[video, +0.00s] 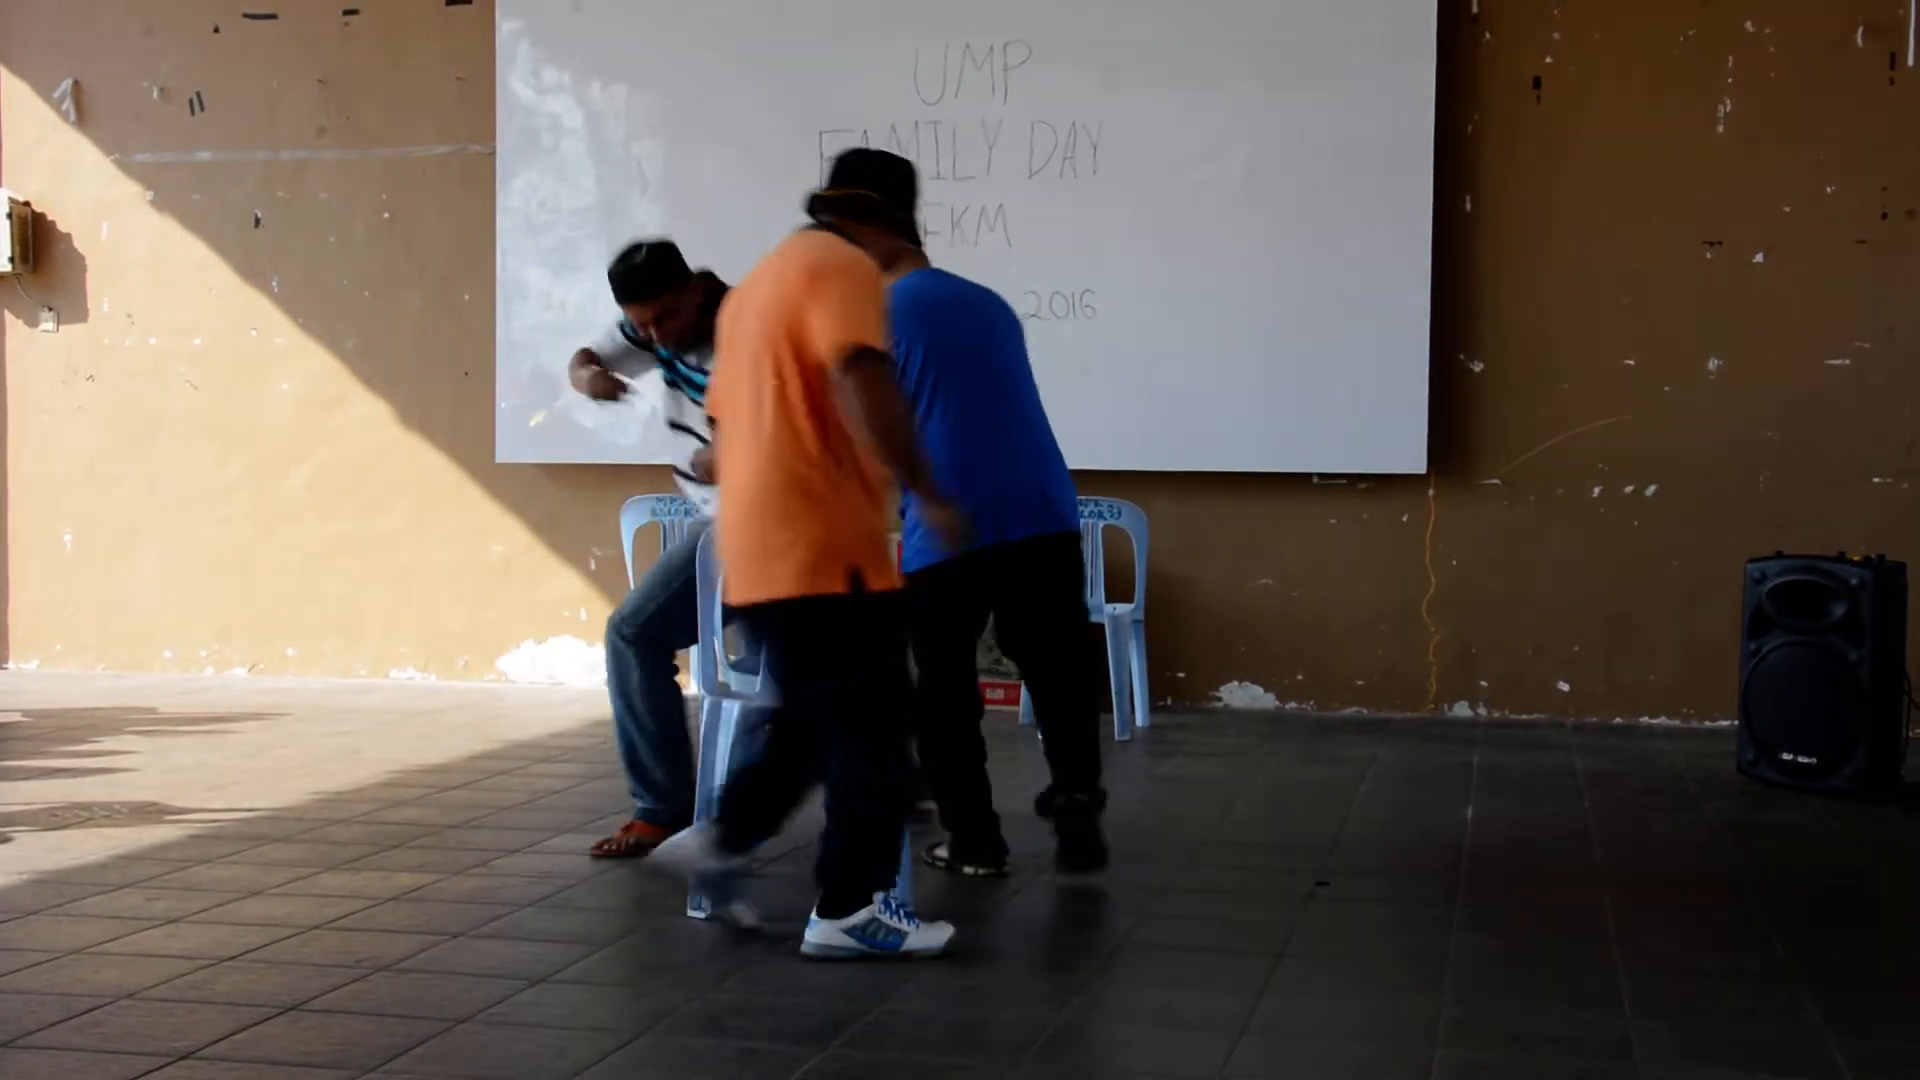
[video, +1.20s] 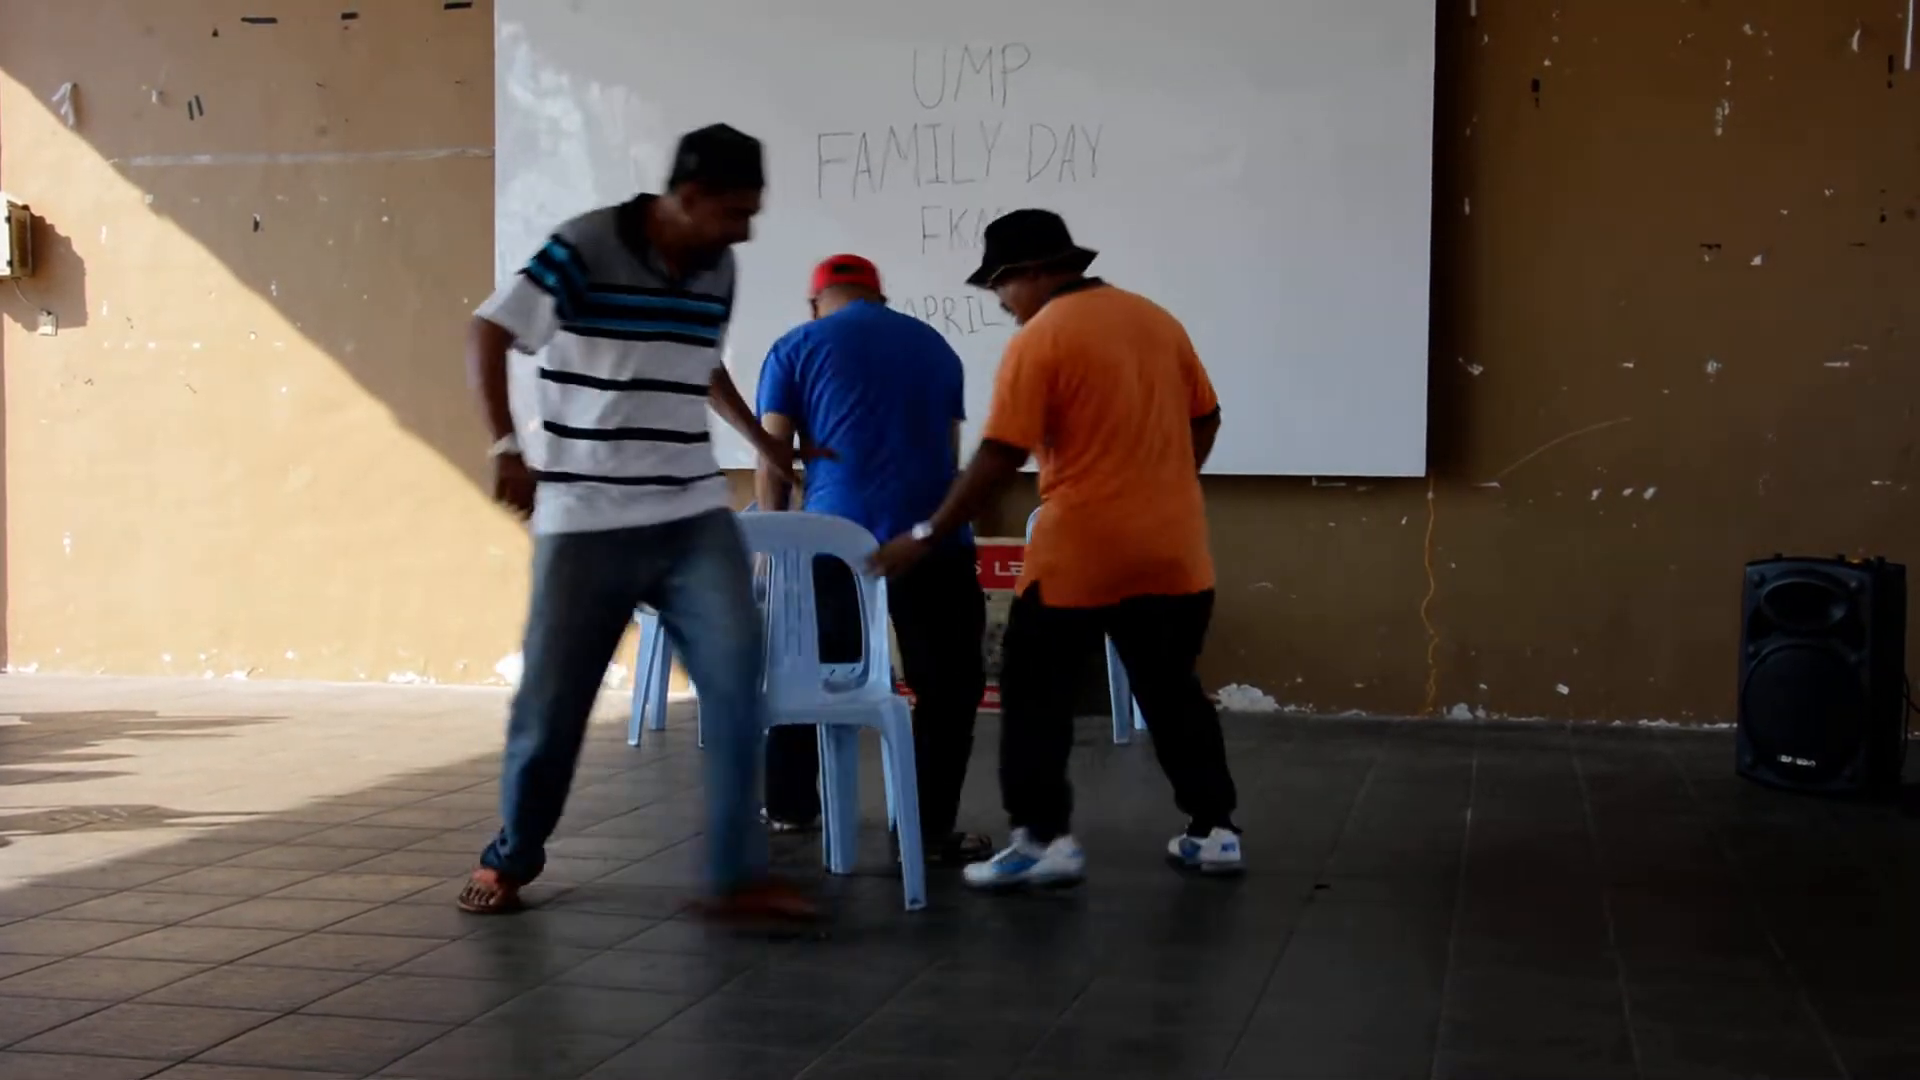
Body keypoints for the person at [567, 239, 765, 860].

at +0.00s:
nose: (657, 336)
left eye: (667, 318)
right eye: (643, 326)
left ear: (698, 291)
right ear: (629, 315)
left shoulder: (749, 326)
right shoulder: (655, 331)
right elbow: (589, 361)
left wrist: (726, 458)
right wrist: (595, 378)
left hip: (795, 515)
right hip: (727, 520)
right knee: (632, 632)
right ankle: (664, 808)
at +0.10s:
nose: (650, 310)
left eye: (662, 292)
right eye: (636, 297)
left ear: (692, 265)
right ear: (619, 283)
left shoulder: (749, 314)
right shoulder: (627, 300)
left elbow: (781, 399)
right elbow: (580, 371)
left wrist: (716, 438)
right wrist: (610, 397)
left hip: (751, 498)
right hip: (692, 499)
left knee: (625, 637)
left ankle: (661, 815)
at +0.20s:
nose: (651, 284)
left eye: (661, 268)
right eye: (635, 271)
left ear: (687, 245)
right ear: (616, 256)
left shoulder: (736, 297)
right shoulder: (602, 277)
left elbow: (765, 398)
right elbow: (583, 364)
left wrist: (700, 430)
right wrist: (606, 408)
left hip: (701, 487)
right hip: (631, 486)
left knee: (629, 633)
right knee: (660, 636)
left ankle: (659, 814)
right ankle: (758, 721)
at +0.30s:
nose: (638, 264)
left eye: (651, 250)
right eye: (623, 251)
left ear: (674, 227)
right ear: (601, 231)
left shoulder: (716, 278)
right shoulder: (574, 257)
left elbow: (774, 371)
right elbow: (556, 346)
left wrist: (718, 418)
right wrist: (578, 406)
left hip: (674, 486)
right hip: (596, 481)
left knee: (633, 640)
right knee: (578, 634)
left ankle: (663, 815)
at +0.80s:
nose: (669, 206)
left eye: (678, 190)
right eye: (655, 191)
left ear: (684, 178)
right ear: (607, 173)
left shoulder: (685, 251)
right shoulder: (528, 226)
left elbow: (715, 355)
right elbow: (467, 325)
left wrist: (702, 423)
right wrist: (524, 399)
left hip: (636, 492)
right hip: (532, 487)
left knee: (607, 672)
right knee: (501, 655)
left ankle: (574, 836)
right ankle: (515, 776)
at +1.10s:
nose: (710, 221)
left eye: (717, 205)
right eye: (698, 205)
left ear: (714, 193)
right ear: (647, 188)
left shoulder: (700, 262)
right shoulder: (556, 242)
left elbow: (702, 360)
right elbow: (468, 327)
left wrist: (749, 430)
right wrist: (496, 443)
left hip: (663, 501)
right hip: (560, 500)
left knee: (676, 642)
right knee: (527, 683)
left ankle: (590, 831)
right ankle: (503, 857)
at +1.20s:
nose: (747, 228)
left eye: (752, 213)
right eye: (738, 212)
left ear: (716, 201)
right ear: (689, 195)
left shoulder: (719, 268)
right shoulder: (586, 245)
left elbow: (701, 363)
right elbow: (490, 331)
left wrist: (761, 441)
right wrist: (505, 446)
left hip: (693, 513)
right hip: (585, 516)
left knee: (737, 671)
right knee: (549, 700)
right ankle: (511, 859)